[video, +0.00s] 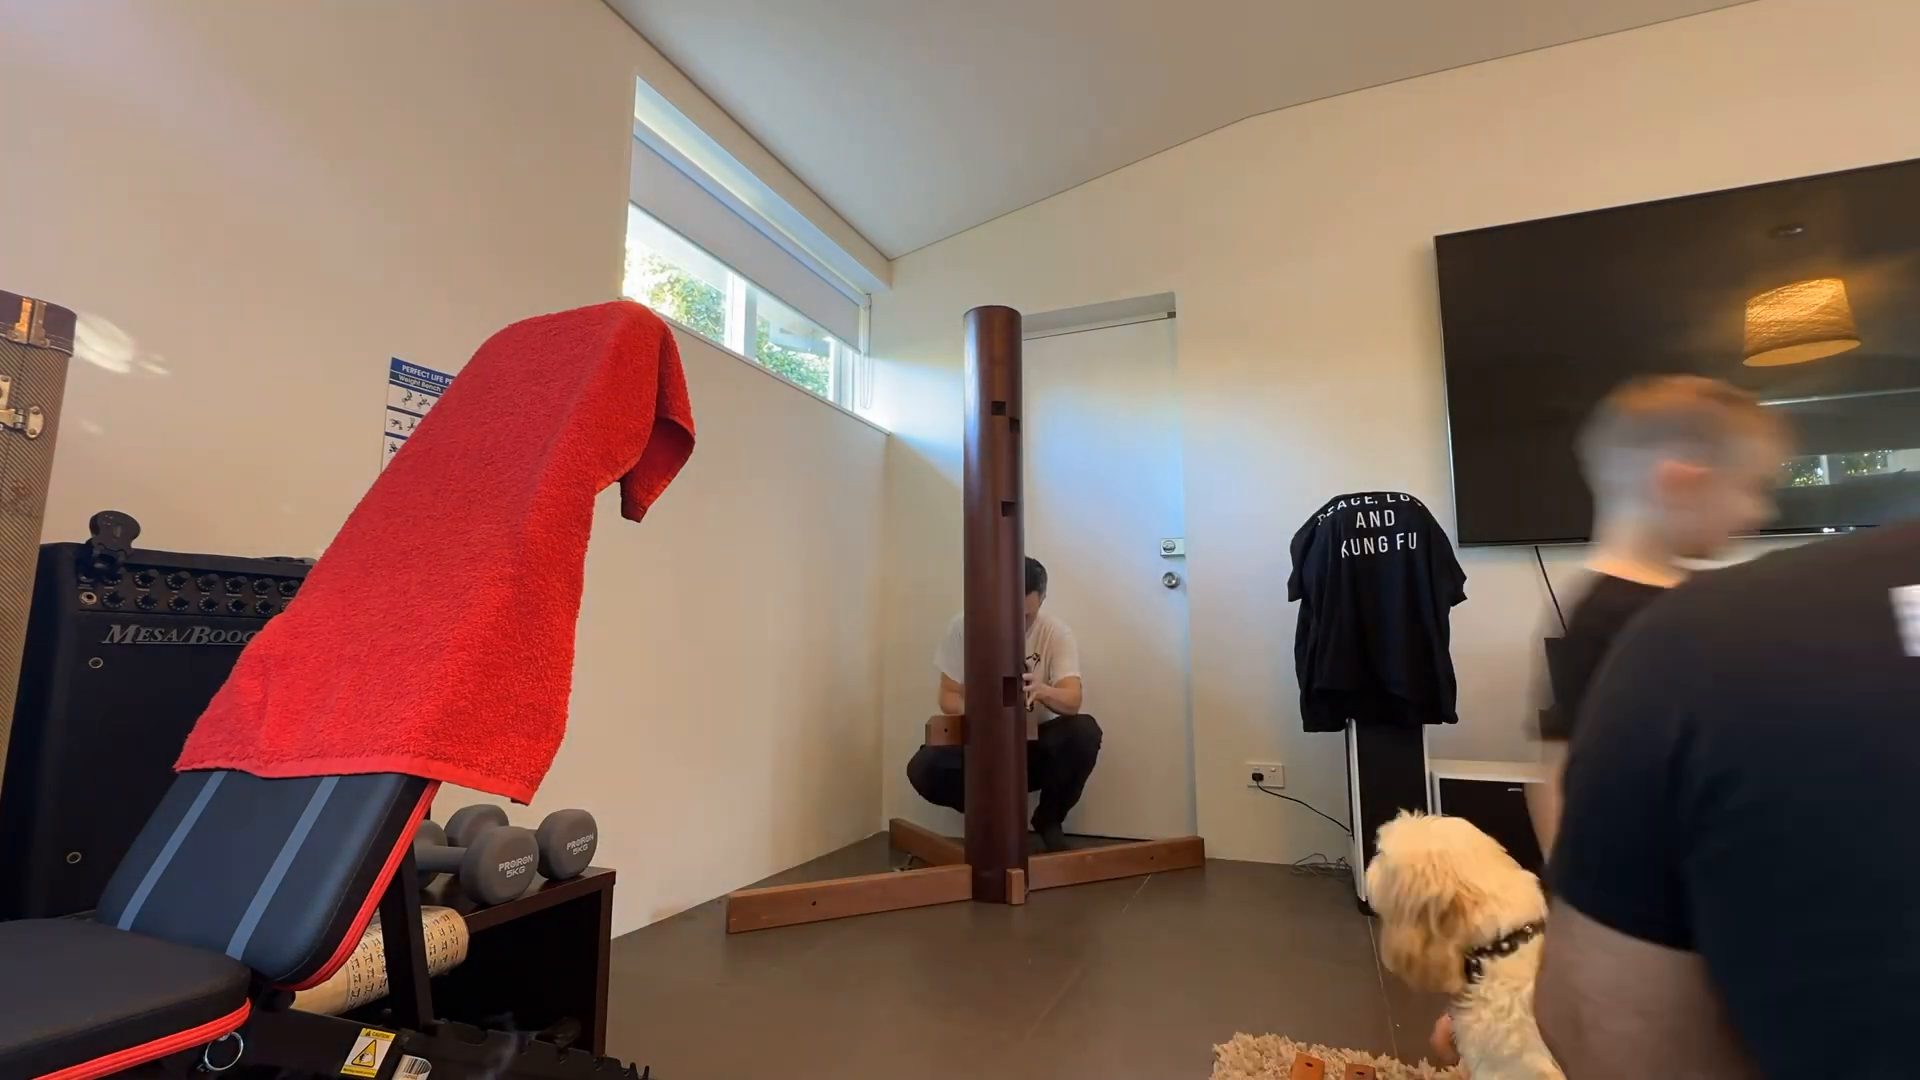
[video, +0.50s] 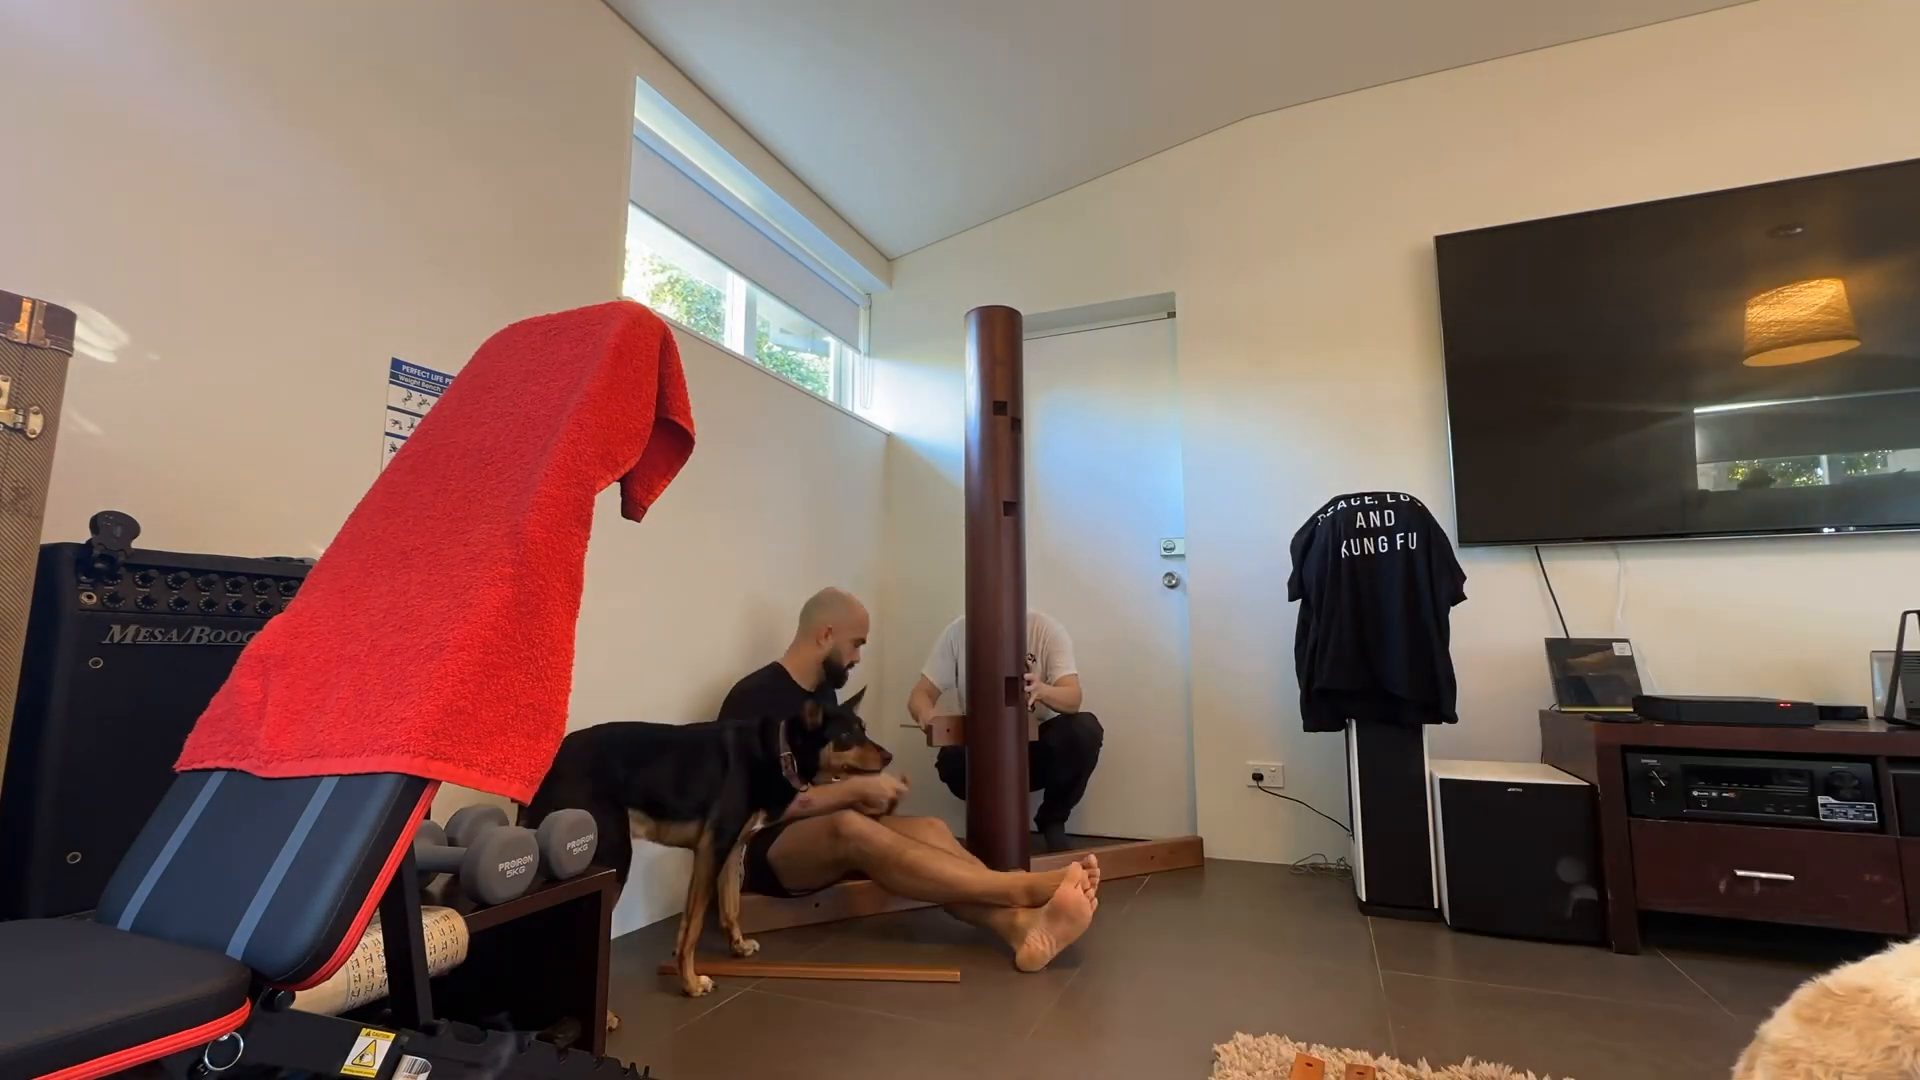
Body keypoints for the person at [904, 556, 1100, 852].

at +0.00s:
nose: (1020, 621)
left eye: (1028, 614)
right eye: (1013, 614)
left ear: (1041, 601)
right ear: (995, 603)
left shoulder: (1054, 633)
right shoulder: (965, 627)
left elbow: (1072, 703)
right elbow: (948, 701)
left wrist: (1043, 691)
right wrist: (994, 700)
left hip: (1033, 749)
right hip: (980, 750)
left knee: (1083, 732)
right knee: (924, 767)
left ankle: (1049, 819)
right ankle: (995, 815)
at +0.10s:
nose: (1019, 622)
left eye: (1028, 614)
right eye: (1011, 613)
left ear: (1041, 601)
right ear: (993, 603)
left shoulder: (1054, 632)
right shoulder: (966, 626)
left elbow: (1072, 701)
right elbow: (945, 696)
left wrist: (1042, 691)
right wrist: (976, 715)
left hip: (1036, 734)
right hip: (984, 734)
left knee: (1084, 726)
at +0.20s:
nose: (1002, 599)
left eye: (1009, 590)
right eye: (994, 590)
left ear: (1024, 593)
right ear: (981, 592)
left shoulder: (1049, 632)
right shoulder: (959, 630)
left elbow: (1072, 701)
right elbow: (926, 696)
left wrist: (1041, 690)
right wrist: (943, 727)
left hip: (1034, 743)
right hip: (977, 743)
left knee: (1083, 727)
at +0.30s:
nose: (996, 594)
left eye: (1005, 584)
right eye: (989, 584)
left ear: (1021, 589)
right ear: (977, 588)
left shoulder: (1048, 632)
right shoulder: (958, 632)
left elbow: (1073, 702)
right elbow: (923, 695)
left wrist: (1042, 691)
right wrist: (936, 728)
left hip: (1033, 747)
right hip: (977, 747)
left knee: (1084, 728)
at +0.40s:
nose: (995, 590)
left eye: (1002, 578)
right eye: (987, 578)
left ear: (1017, 582)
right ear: (974, 585)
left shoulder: (1047, 632)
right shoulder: (957, 634)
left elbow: (1073, 699)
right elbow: (929, 696)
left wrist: (1043, 690)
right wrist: (932, 723)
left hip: (1035, 749)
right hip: (980, 751)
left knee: (1083, 729)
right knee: (950, 762)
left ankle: (1052, 822)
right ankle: (999, 829)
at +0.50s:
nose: (996, 590)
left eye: (1005, 580)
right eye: (988, 581)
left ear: (1019, 581)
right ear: (976, 583)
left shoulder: (1047, 632)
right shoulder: (958, 633)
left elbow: (1073, 699)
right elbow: (920, 696)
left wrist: (1043, 690)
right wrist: (932, 721)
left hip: (1035, 750)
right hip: (981, 753)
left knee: (1083, 729)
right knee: (952, 762)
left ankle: (1052, 820)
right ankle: (996, 829)